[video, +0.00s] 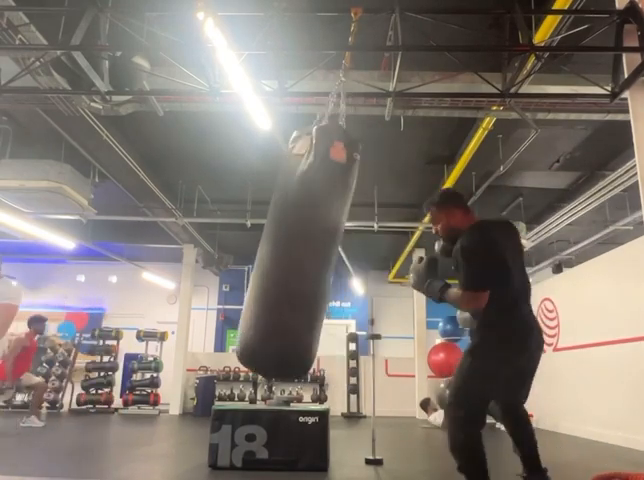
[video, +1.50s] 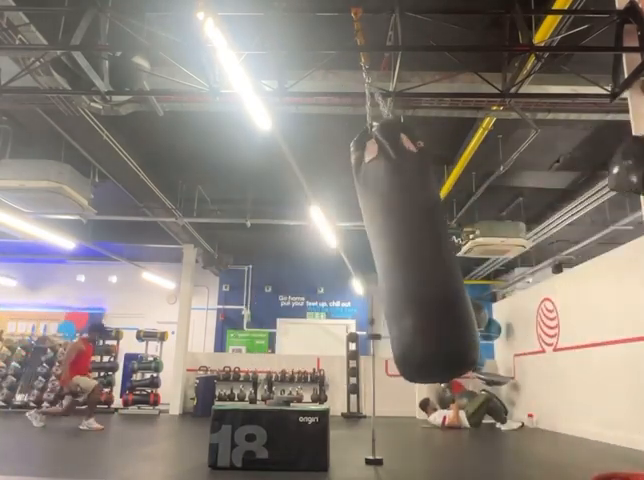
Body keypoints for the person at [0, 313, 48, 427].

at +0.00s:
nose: (44, 327)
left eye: (44, 324)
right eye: (41, 324)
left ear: (38, 326)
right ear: (33, 325)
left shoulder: (33, 341)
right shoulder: (21, 340)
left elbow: (29, 360)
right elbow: (9, 359)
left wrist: (30, 373)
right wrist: (9, 380)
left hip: (23, 373)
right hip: (13, 374)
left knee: (42, 384)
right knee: (41, 385)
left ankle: (34, 415)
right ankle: (31, 416)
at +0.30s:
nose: (59, 313)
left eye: (59, 310)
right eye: (57, 310)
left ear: (53, 311)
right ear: (50, 311)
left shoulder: (49, 328)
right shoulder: (37, 325)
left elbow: (43, 347)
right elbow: (27, 344)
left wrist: (42, 363)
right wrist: (23, 363)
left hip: (39, 362)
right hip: (31, 362)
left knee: (42, 386)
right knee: (40, 386)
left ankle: (35, 414)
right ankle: (32, 416)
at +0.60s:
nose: (66, 308)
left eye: (66, 305)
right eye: (64, 305)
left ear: (62, 306)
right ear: (56, 304)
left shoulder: (56, 323)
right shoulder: (43, 319)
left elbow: (52, 342)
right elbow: (33, 337)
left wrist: (52, 359)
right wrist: (33, 356)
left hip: (47, 359)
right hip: (38, 358)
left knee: (42, 388)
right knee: (34, 387)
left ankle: (32, 414)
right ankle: (21, 415)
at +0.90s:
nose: (74, 310)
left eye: (74, 307)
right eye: (72, 307)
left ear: (68, 307)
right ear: (64, 306)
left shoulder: (64, 324)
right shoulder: (52, 321)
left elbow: (60, 343)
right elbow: (41, 339)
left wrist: (65, 357)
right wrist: (39, 359)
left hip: (56, 358)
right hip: (50, 358)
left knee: (42, 386)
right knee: (64, 381)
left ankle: (31, 415)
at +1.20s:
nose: (90, 321)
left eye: (91, 318)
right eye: (89, 318)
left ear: (84, 318)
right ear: (81, 316)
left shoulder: (80, 331)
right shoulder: (69, 330)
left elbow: (76, 349)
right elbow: (57, 349)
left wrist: (78, 366)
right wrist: (53, 369)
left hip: (74, 365)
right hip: (66, 365)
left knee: (61, 395)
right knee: (84, 386)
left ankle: (33, 414)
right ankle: (86, 419)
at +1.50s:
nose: (98, 338)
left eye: (99, 335)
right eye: (97, 335)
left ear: (96, 334)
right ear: (92, 332)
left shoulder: (89, 346)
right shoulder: (78, 345)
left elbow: (83, 364)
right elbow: (66, 362)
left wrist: (87, 375)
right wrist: (66, 381)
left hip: (82, 377)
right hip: (73, 377)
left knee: (66, 410)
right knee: (95, 388)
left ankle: (37, 413)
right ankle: (89, 420)